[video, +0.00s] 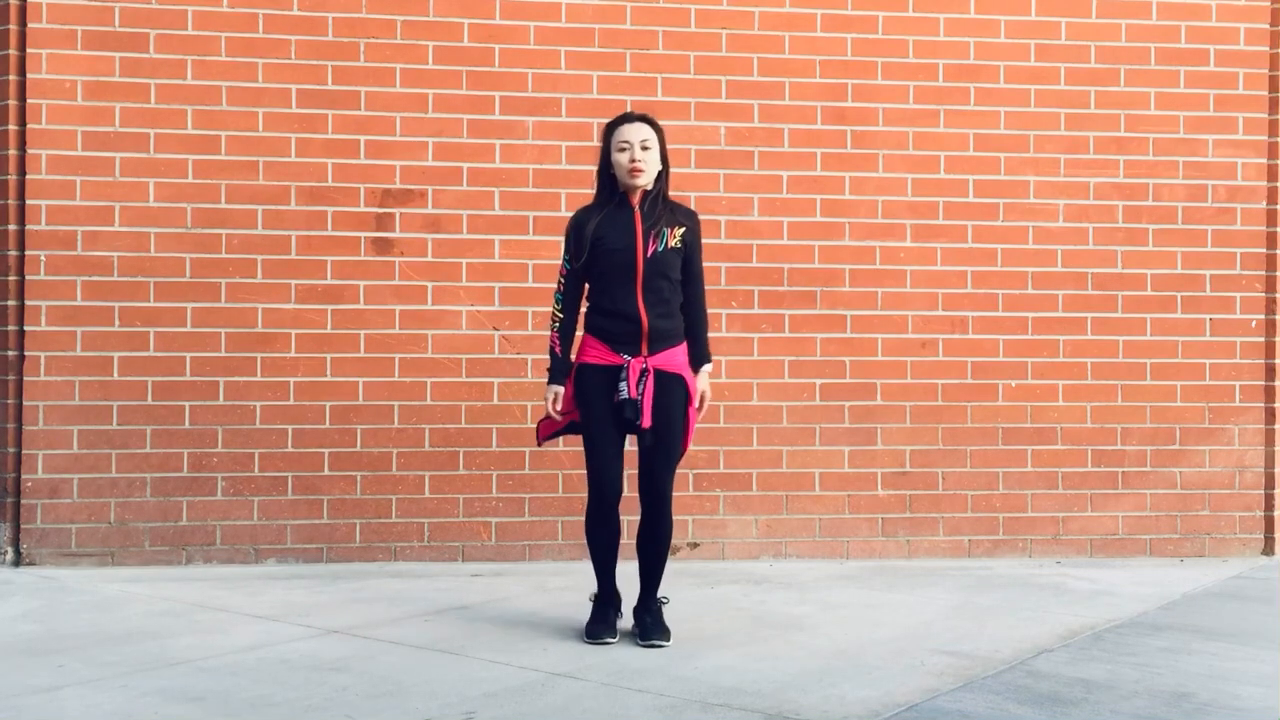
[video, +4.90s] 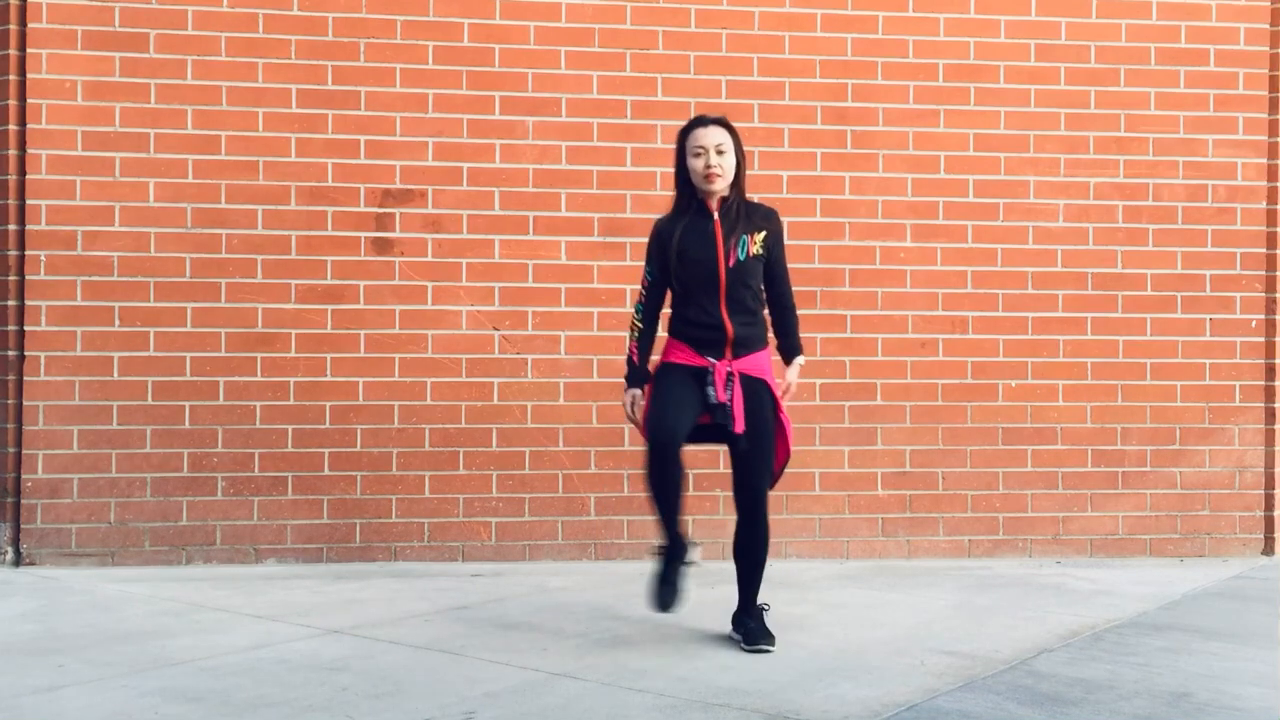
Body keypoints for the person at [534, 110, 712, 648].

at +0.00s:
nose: (636, 155)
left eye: (645, 146)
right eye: (625, 147)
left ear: (661, 155)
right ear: (609, 158)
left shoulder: (682, 220)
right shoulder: (587, 222)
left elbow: (694, 298)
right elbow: (567, 301)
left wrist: (701, 364)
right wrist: (557, 373)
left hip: (667, 369)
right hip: (600, 367)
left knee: (657, 493)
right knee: (603, 491)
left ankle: (649, 604)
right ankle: (605, 599)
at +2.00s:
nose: (680, 162)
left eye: (689, 153)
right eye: (668, 155)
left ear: (705, 163)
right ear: (653, 168)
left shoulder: (727, 229)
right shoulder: (634, 230)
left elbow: (745, 303)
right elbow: (610, 305)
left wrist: (762, 367)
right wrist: (596, 376)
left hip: (704, 374)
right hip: (639, 371)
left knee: (701, 496)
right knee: (639, 479)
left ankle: (686, 607)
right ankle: (629, 584)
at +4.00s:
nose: (691, 165)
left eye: (701, 155)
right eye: (679, 156)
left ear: (716, 162)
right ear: (663, 163)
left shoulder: (732, 227)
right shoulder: (638, 223)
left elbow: (740, 302)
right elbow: (606, 292)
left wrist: (749, 365)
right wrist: (584, 359)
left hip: (706, 367)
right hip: (639, 366)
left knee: (727, 467)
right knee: (632, 492)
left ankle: (716, 573)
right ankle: (622, 605)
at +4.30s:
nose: (707, 176)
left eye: (718, 166)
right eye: (696, 166)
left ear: (733, 171)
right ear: (680, 172)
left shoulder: (755, 225)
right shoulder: (665, 240)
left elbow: (776, 298)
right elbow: (647, 316)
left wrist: (794, 361)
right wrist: (638, 388)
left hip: (760, 370)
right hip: (697, 372)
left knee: (762, 496)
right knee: (704, 477)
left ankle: (749, 609)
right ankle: (672, 576)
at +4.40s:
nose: (711, 173)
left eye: (721, 163)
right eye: (699, 163)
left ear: (737, 169)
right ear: (684, 171)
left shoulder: (761, 222)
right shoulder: (669, 238)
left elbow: (782, 294)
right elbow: (657, 315)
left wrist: (800, 355)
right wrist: (653, 389)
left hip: (767, 368)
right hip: (705, 370)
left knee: (761, 484)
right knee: (732, 468)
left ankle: (749, 605)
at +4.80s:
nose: (714, 173)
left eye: (724, 162)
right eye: (702, 164)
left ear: (740, 169)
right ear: (687, 175)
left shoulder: (766, 228)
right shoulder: (674, 242)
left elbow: (786, 300)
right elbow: (655, 319)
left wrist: (800, 361)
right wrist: (645, 390)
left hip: (762, 372)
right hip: (698, 372)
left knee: (769, 488)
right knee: (703, 457)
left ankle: (753, 603)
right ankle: (736, 572)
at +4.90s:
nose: (710, 162)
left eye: (721, 151)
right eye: (698, 153)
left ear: (737, 159)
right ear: (685, 163)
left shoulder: (761, 220)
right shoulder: (669, 229)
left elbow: (779, 292)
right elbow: (648, 305)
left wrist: (793, 354)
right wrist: (635, 375)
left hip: (750, 366)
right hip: (685, 364)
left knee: (753, 494)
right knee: (662, 435)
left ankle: (748, 609)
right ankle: (674, 545)